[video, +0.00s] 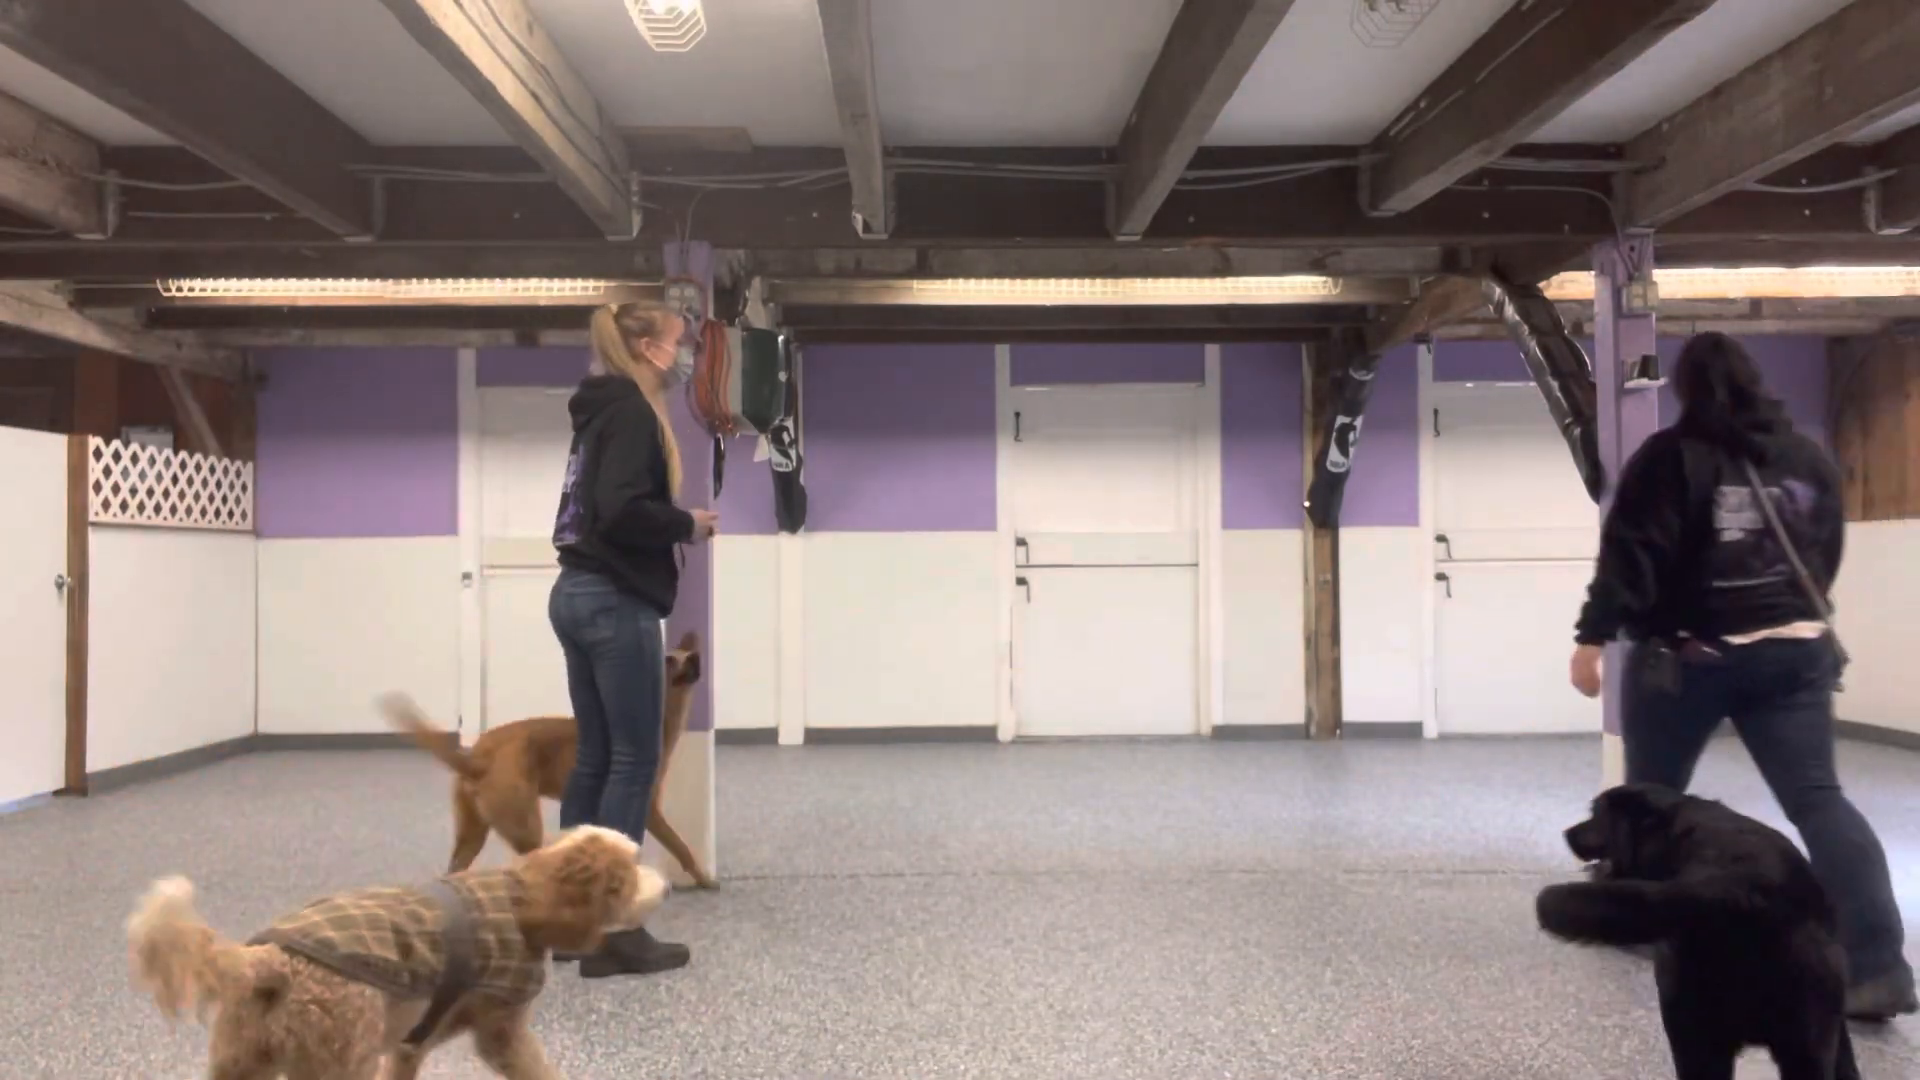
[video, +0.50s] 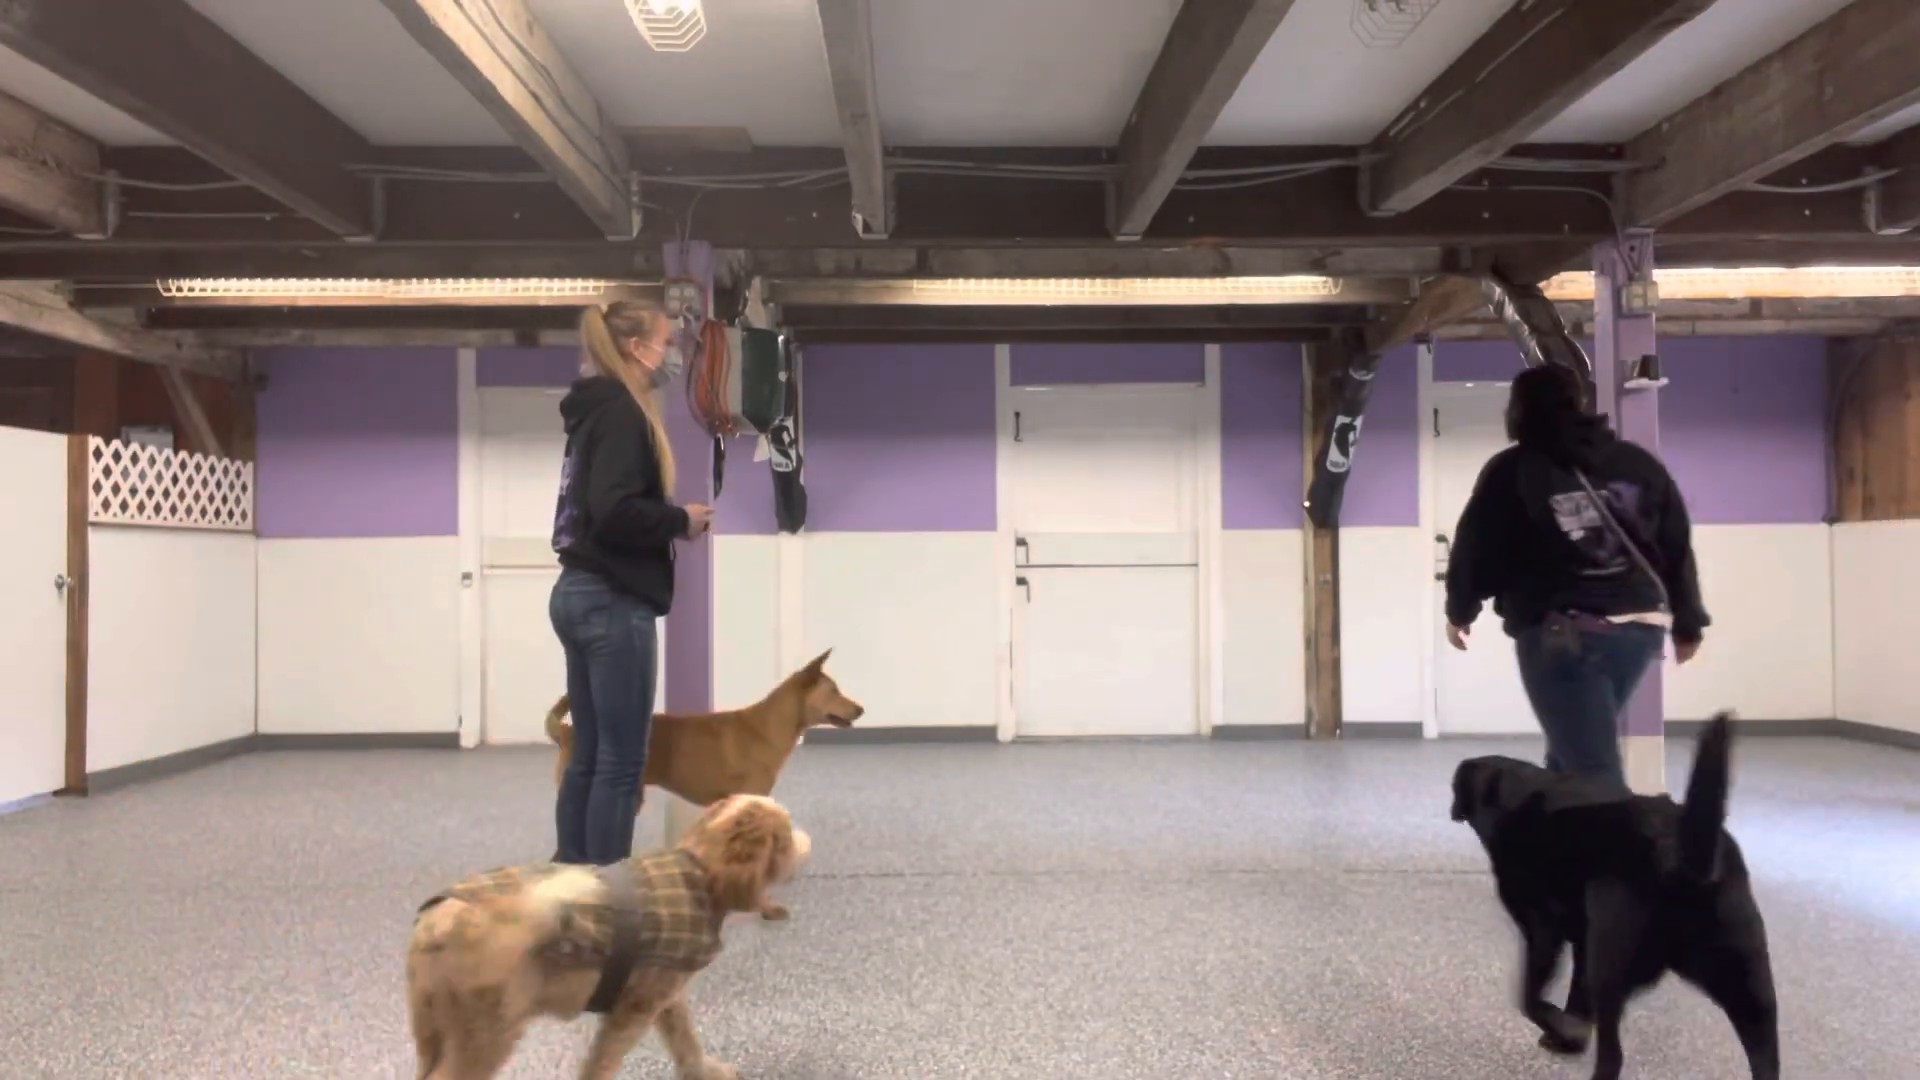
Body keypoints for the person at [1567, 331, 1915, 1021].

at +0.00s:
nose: (1675, 398)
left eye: (1676, 387)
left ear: (1687, 391)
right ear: (1752, 382)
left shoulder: (1668, 457)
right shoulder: (1808, 456)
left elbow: (1630, 550)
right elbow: (1823, 556)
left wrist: (1591, 637)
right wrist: (1792, 617)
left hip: (1685, 660)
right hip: (1792, 654)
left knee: (1650, 806)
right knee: (1818, 797)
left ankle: (1645, 926)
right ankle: (1880, 970)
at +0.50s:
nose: (1509, 415)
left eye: (1513, 407)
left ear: (1522, 412)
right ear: (1578, 406)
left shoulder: (1510, 470)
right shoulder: (1637, 461)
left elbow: (1474, 550)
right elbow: (1676, 547)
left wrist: (1460, 612)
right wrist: (1688, 622)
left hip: (1557, 633)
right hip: (1641, 631)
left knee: (1597, 778)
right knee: (1568, 763)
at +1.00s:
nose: (1423, 431)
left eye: (1425, 423)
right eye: (1428, 421)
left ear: (1430, 427)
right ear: (1476, 420)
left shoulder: (1421, 479)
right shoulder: (1521, 474)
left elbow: (1396, 559)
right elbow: (1541, 552)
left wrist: (1368, 622)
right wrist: (1518, 600)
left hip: (1435, 636)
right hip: (1511, 632)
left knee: (1398, 740)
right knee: (1518, 747)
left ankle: (1376, 836)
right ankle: (1554, 842)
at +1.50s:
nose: (1317, 432)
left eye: (1319, 425)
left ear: (1324, 430)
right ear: (1365, 427)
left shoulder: (1314, 479)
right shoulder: (1412, 470)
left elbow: (1289, 546)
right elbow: (1440, 532)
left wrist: (1269, 601)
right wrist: (1439, 589)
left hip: (1347, 615)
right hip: (1414, 613)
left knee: (1350, 720)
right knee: (1395, 707)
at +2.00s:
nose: (1311, 443)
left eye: (1315, 434)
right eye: (1312, 434)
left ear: (1329, 436)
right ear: (1365, 434)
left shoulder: (1319, 483)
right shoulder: (1394, 483)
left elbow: (1300, 555)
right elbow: (1407, 547)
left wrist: (1278, 611)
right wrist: (1398, 599)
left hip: (1330, 611)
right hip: (1387, 608)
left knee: (1307, 713)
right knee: (1362, 711)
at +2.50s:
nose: (1279, 456)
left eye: (1284, 447)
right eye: (1279, 447)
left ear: (1303, 446)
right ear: (1328, 445)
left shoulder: (1307, 492)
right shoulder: (1351, 489)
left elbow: (1298, 561)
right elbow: (1343, 556)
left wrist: (1271, 612)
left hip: (1311, 610)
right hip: (1352, 607)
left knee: (1288, 708)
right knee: (1332, 702)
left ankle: (1293, 799)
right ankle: (1341, 798)